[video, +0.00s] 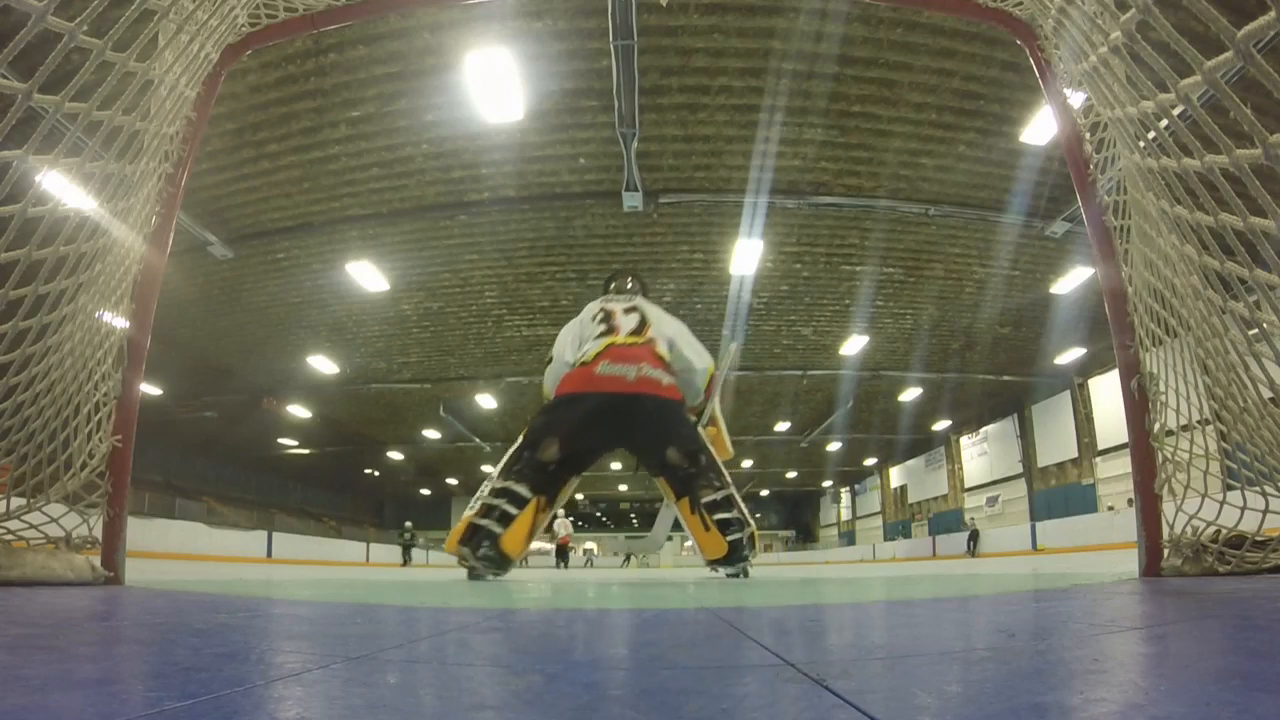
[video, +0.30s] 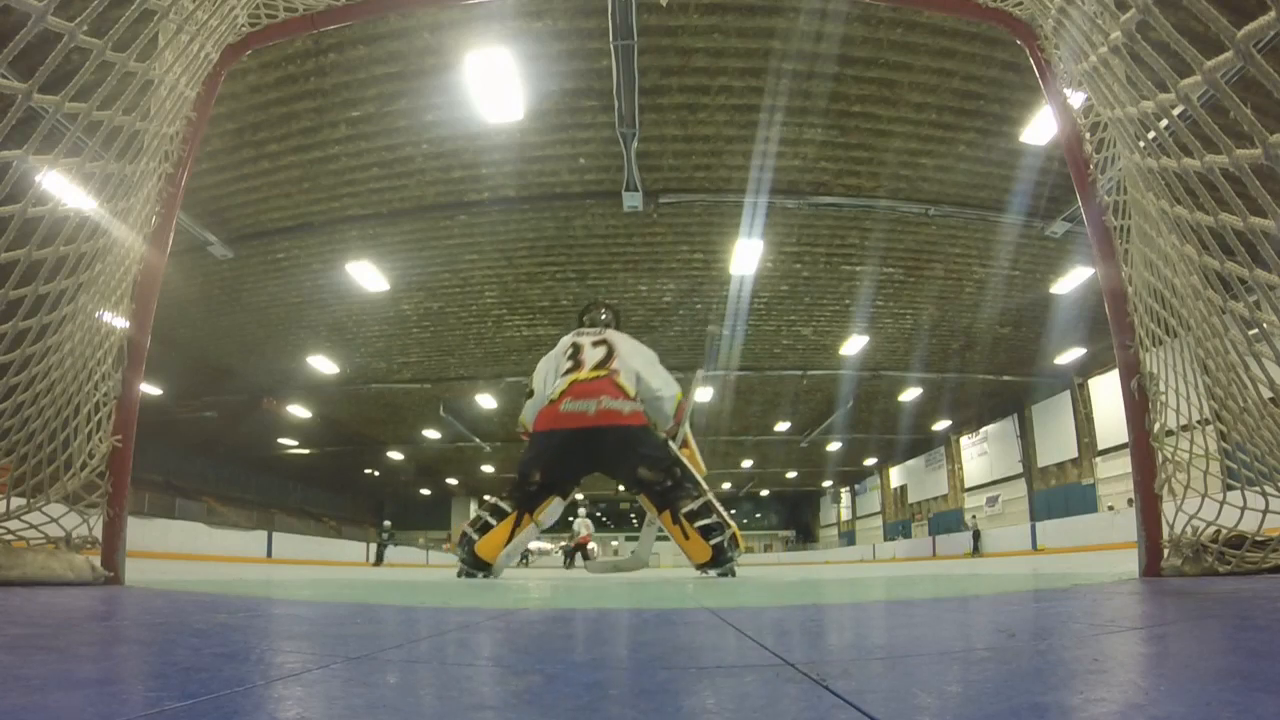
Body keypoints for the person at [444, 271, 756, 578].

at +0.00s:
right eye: (640, 295)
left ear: (605, 292)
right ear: (644, 294)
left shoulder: (584, 316)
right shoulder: (662, 317)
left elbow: (558, 365)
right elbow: (699, 364)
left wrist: (556, 406)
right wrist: (695, 408)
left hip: (584, 398)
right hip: (655, 404)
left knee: (535, 467)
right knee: (693, 472)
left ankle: (485, 539)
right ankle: (733, 546)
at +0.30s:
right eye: (612, 322)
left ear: (580, 324)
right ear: (615, 324)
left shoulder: (558, 350)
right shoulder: (630, 345)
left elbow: (536, 399)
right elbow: (666, 393)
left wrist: (528, 429)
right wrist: (668, 428)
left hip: (556, 435)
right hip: (621, 432)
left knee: (523, 496)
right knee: (672, 490)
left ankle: (475, 559)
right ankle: (717, 556)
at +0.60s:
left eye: (577, 340)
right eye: (595, 339)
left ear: (567, 342)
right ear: (600, 339)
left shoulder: (548, 369)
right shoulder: (617, 359)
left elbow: (527, 425)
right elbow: (654, 405)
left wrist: (527, 440)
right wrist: (663, 441)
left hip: (559, 447)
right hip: (614, 438)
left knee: (546, 509)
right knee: (663, 494)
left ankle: (498, 563)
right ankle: (710, 556)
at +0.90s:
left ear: (569, 353)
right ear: (600, 350)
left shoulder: (554, 378)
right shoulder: (618, 368)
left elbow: (536, 433)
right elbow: (654, 412)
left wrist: (549, 455)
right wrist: (665, 446)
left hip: (567, 448)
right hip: (623, 442)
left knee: (548, 507)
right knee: (664, 497)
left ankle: (504, 561)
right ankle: (708, 556)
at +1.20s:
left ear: (585, 356)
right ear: (614, 356)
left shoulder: (563, 380)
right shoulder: (628, 373)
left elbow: (546, 430)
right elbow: (673, 417)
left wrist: (548, 453)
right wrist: (676, 451)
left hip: (569, 449)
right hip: (627, 444)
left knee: (548, 511)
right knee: (670, 499)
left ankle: (496, 564)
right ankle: (709, 556)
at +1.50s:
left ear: (602, 355)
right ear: (633, 356)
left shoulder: (587, 374)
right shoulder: (650, 375)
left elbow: (566, 416)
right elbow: (691, 412)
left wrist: (556, 443)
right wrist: (698, 456)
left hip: (595, 439)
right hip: (656, 439)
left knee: (566, 501)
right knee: (678, 496)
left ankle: (522, 556)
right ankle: (720, 553)